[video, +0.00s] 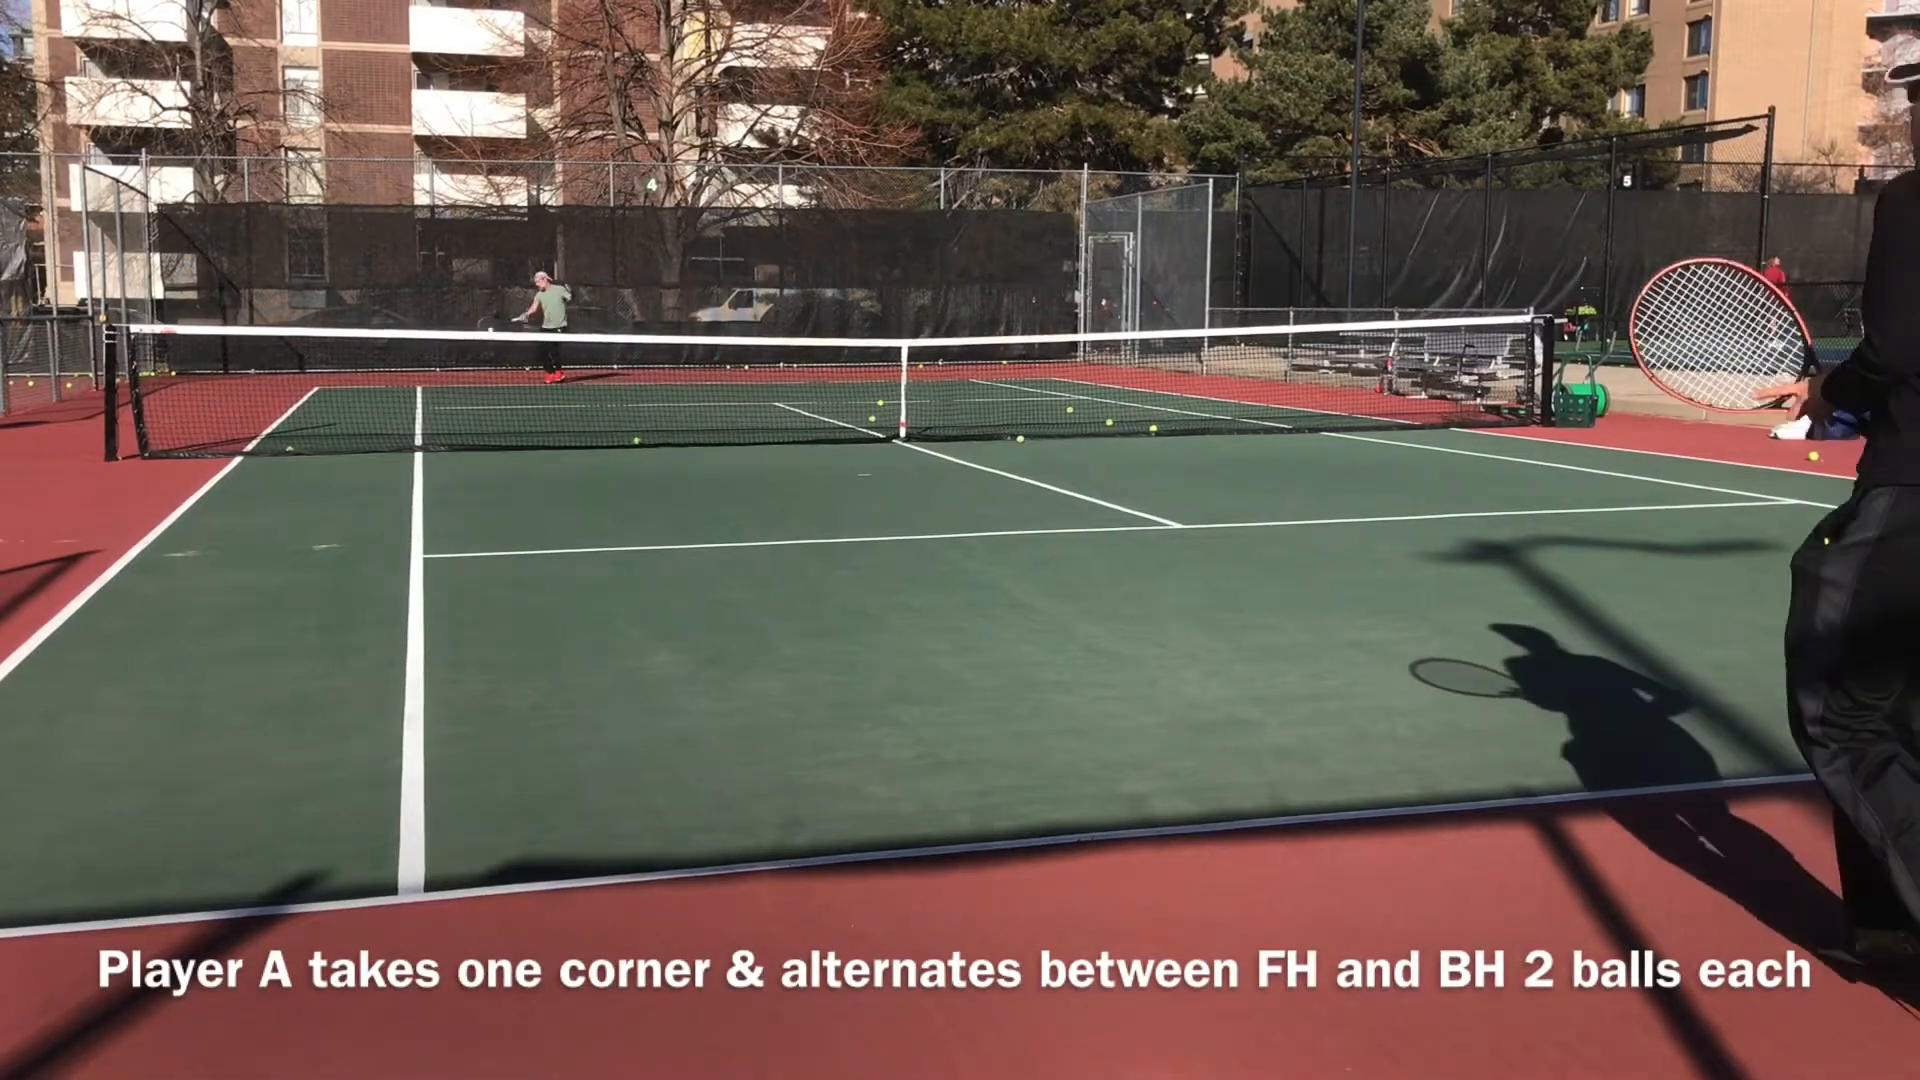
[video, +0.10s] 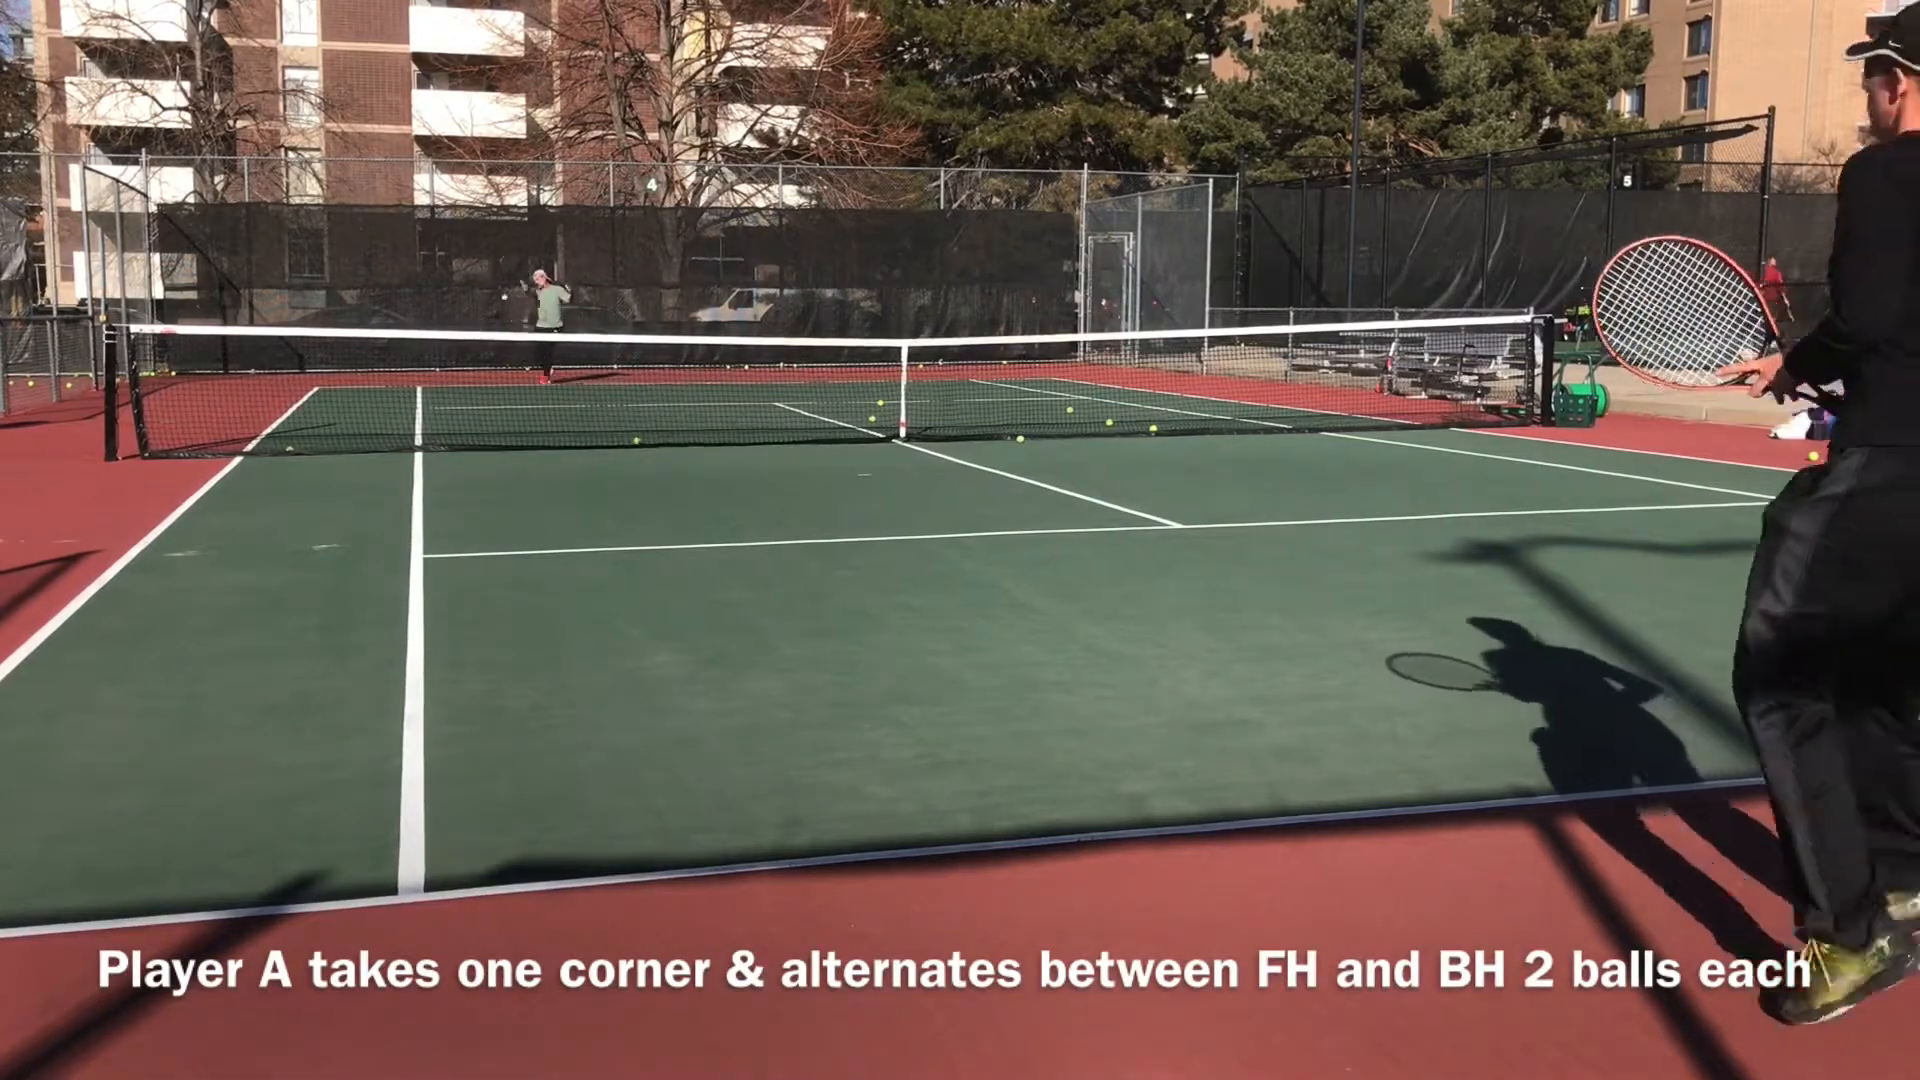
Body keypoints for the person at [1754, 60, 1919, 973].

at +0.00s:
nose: (1891, 114)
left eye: (1898, 98)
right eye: (1894, 96)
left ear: (1912, 113)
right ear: (1905, 115)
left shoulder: (1901, 205)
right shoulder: (1899, 208)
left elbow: (1894, 353)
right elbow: (1895, 353)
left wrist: (1837, 387)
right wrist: (1840, 384)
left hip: (1902, 499)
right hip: (1897, 493)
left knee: (1844, 697)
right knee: (1872, 693)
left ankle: (1897, 922)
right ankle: (1886, 924)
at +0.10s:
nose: (1873, 96)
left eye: (1884, 80)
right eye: (1872, 80)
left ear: (1911, 87)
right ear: (1894, 89)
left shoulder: (1884, 173)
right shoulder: (1889, 174)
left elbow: (1870, 316)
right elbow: (1870, 317)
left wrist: (1797, 363)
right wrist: (1803, 362)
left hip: (1885, 466)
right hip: (1896, 464)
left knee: (1776, 672)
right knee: (1876, 673)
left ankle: (1848, 928)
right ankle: (1895, 882)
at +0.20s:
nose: (1821, 113)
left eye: (1828, 99)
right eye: (1827, 98)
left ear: (1855, 107)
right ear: (1903, 111)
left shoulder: (1841, 197)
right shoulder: (1910, 190)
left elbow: (1825, 347)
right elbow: (1876, 351)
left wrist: (1758, 391)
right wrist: (1789, 390)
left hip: (1850, 490)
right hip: (1911, 493)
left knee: (1735, 697)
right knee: (1864, 681)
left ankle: (1706, 942)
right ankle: (1895, 886)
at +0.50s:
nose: (1736, 215)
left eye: (1739, 199)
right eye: (1735, 199)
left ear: (1772, 200)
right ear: (1807, 195)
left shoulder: (1841, 282)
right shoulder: (1844, 275)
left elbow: (1865, 438)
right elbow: (1838, 426)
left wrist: (1738, 480)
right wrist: (1786, 524)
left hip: (1891, 549)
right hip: (1881, 540)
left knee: (1788, 734)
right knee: (1778, 707)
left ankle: (1737, 965)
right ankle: (1823, 868)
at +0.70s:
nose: (1755, 249)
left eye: (1758, 232)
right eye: (1753, 233)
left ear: (1796, 228)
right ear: (1809, 227)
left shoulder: (1908, 275)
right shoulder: (1803, 317)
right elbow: (1823, 432)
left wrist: (1918, 428)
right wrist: (1834, 514)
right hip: (1895, 551)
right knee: (1808, 699)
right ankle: (1822, 876)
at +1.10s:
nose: (1761, 292)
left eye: (1769, 271)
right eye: (1760, 274)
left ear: (1820, 269)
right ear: (1823, 272)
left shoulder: (1919, 323)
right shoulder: (1802, 362)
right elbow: (1889, 439)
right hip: (1919, 579)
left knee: (1811, 720)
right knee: (1805, 718)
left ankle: (1840, 943)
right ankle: (1841, 942)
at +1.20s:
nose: (1773, 252)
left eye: (1785, 233)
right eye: (1772, 236)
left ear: (1841, 226)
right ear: (1830, 232)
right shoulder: (1816, 326)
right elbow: (1790, 465)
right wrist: (1761, 596)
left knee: (1815, 717)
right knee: (1807, 713)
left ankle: (1838, 942)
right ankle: (1837, 944)